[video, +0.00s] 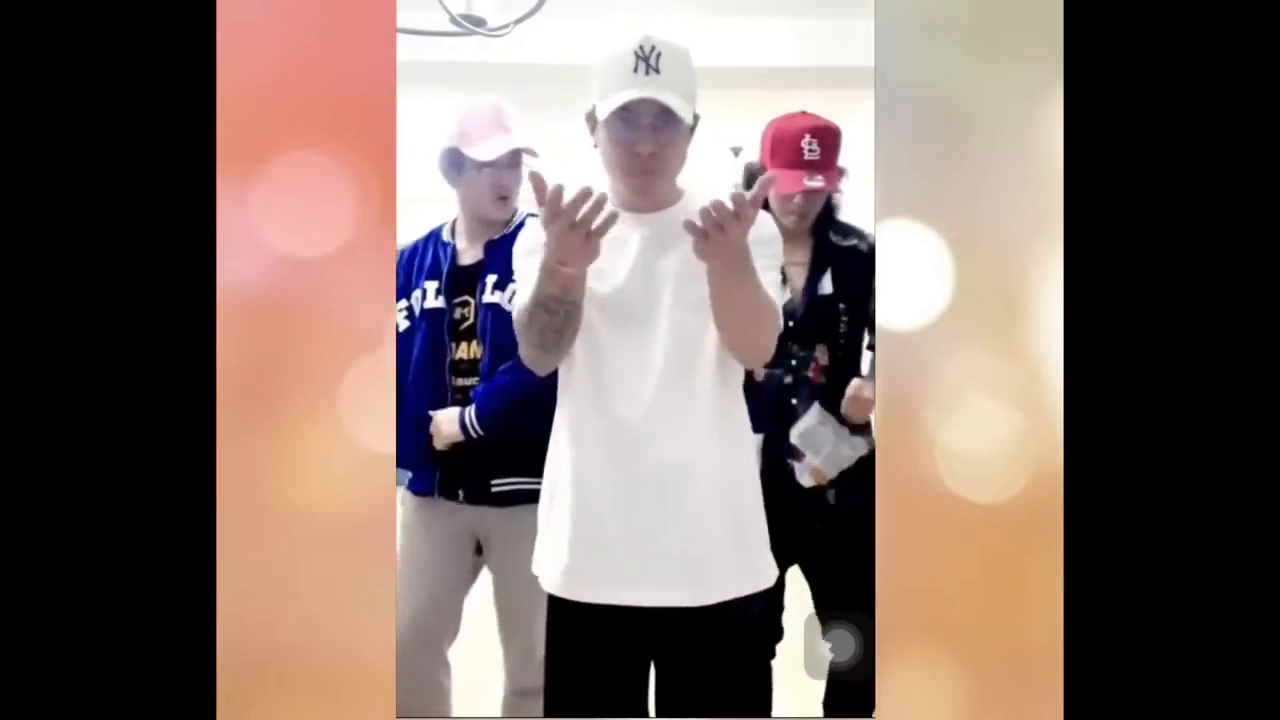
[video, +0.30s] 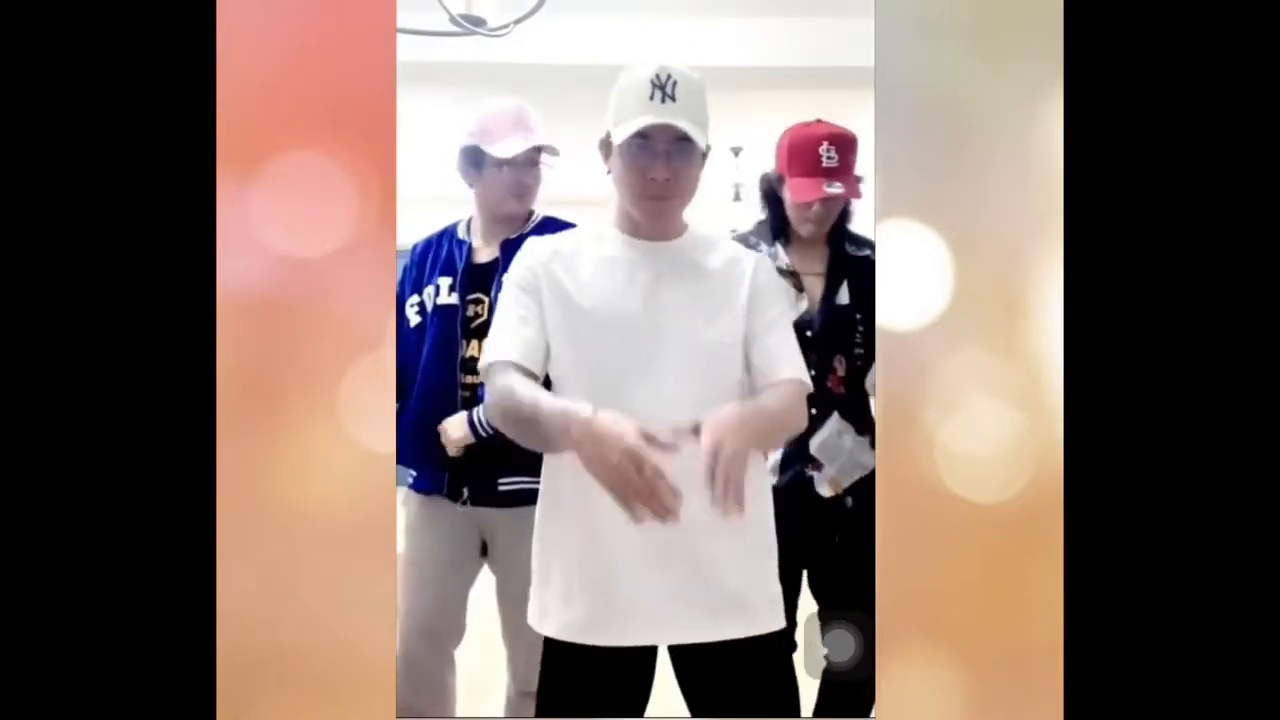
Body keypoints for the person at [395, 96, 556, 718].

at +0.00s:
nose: (506, 179)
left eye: (515, 163)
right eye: (489, 164)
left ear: (526, 167)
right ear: (451, 171)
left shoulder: (548, 252)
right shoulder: (409, 264)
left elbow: (549, 368)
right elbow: (381, 373)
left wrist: (468, 418)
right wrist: (414, 446)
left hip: (527, 495)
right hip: (432, 495)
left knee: (531, 667)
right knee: (415, 650)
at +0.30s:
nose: (526, 177)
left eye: (534, 162)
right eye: (510, 163)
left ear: (544, 168)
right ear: (469, 171)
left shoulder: (567, 252)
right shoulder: (421, 261)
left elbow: (577, 375)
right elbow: (389, 370)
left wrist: (483, 419)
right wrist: (396, 459)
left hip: (533, 496)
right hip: (436, 495)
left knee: (533, 664)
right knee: (421, 651)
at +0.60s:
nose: (467, 192)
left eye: (482, 176)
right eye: (454, 178)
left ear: (514, 180)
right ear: (440, 185)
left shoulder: (549, 263)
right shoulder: (407, 271)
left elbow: (576, 375)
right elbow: (364, 366)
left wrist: (562, 481)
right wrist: (396, 381)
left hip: (514, 503)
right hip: (421, 501)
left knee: (518, 670)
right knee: (414, 666)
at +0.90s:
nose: (450, 168)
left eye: (466, 154)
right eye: (436, 154)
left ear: (494, 167)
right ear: (418, 169)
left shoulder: (530, 249)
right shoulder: (395, 261)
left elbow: (561, 355)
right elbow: (363, 372)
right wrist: (397, 376)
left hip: (504, 495)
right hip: (413, 495)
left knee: (514, 665)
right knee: (414, 663)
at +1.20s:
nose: (476, 174)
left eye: (491, 162)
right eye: (463, 162)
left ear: (513, 177)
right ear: (440, 173)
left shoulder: (548, 258)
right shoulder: (398, 262)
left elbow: (576, 358)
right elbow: (363, 360)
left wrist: (562, 417)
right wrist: (393, 406)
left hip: (513, 496)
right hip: (417, 497)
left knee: (518, 660)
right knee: (414, 661)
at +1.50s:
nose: (510, 167)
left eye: (525, 158)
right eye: (497, 155)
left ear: (542, 180)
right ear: (471, 169)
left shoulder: (558, 265)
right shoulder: (421, 254)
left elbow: (580, 377)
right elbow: (378, 360)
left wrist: (542, 462)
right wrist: (389, 467)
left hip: (529, 487)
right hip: (438, 486)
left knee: (532, 670)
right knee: (423, 669)